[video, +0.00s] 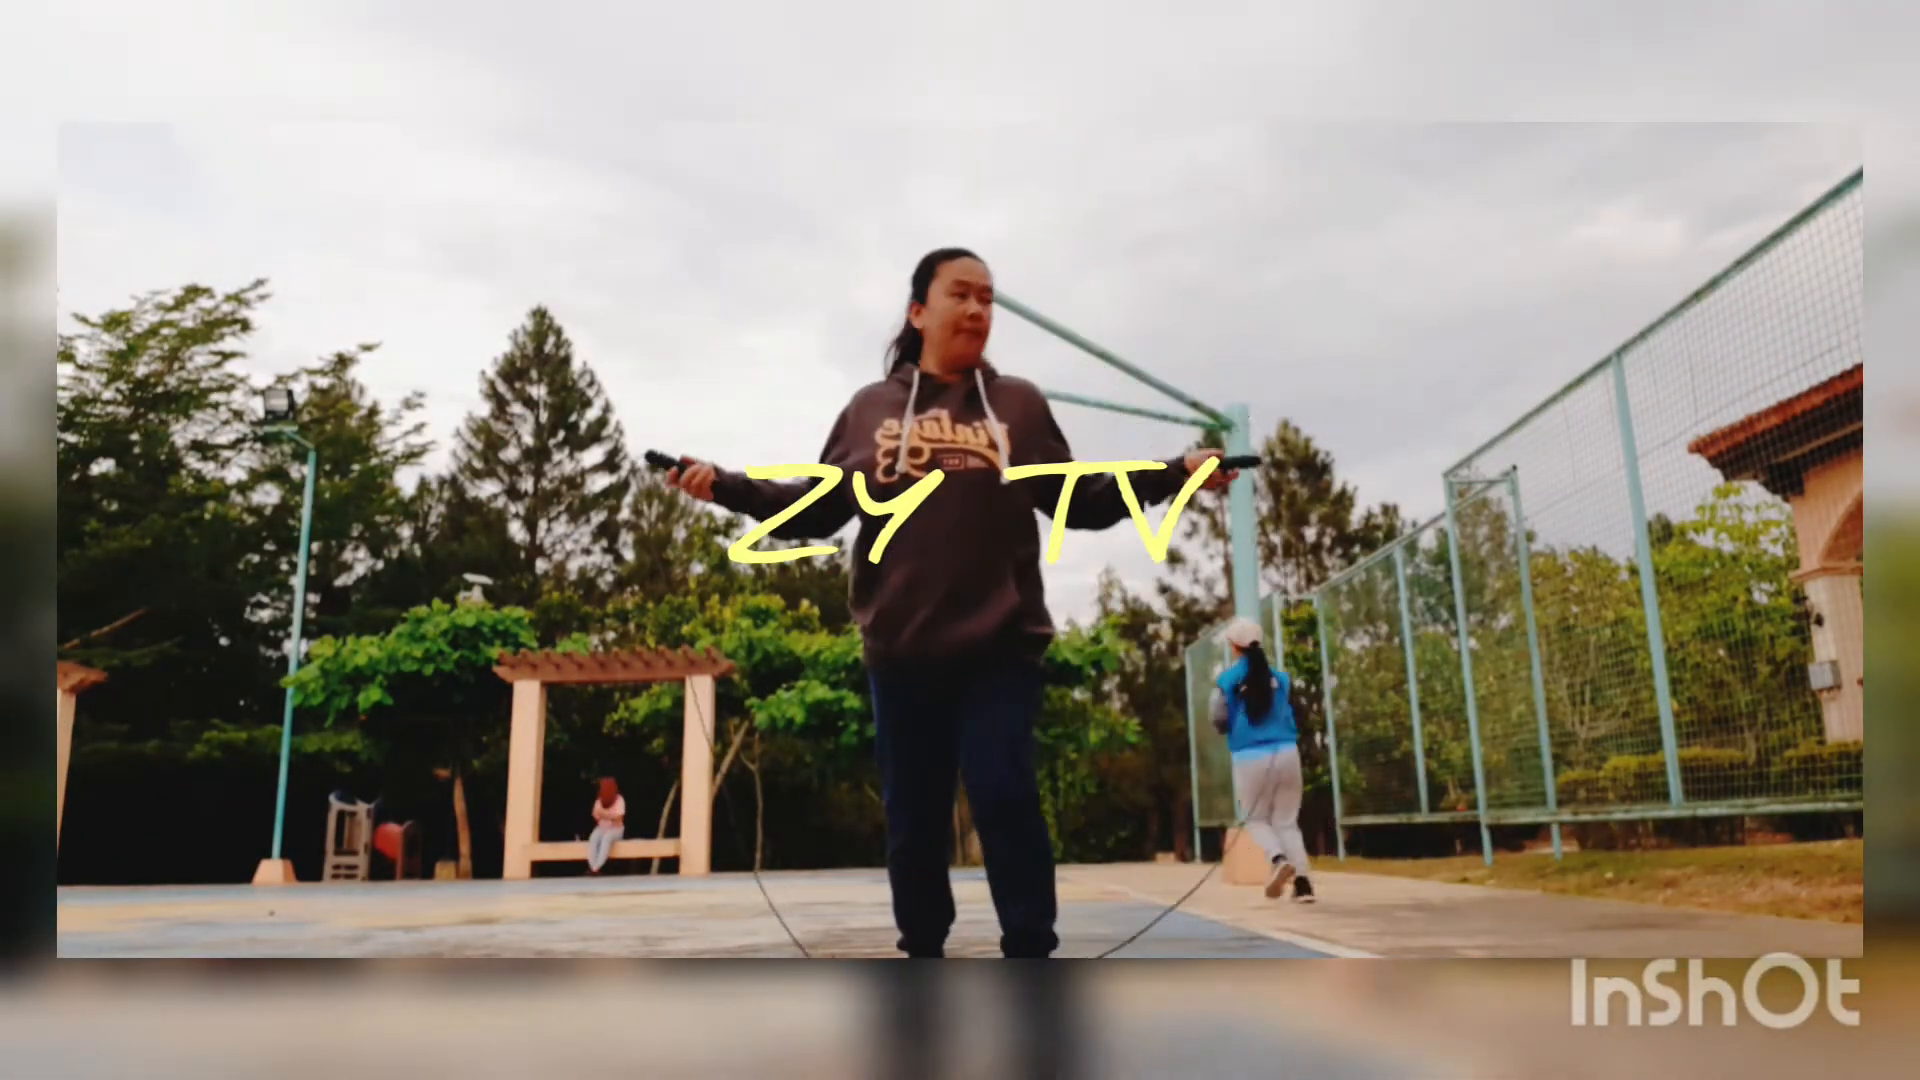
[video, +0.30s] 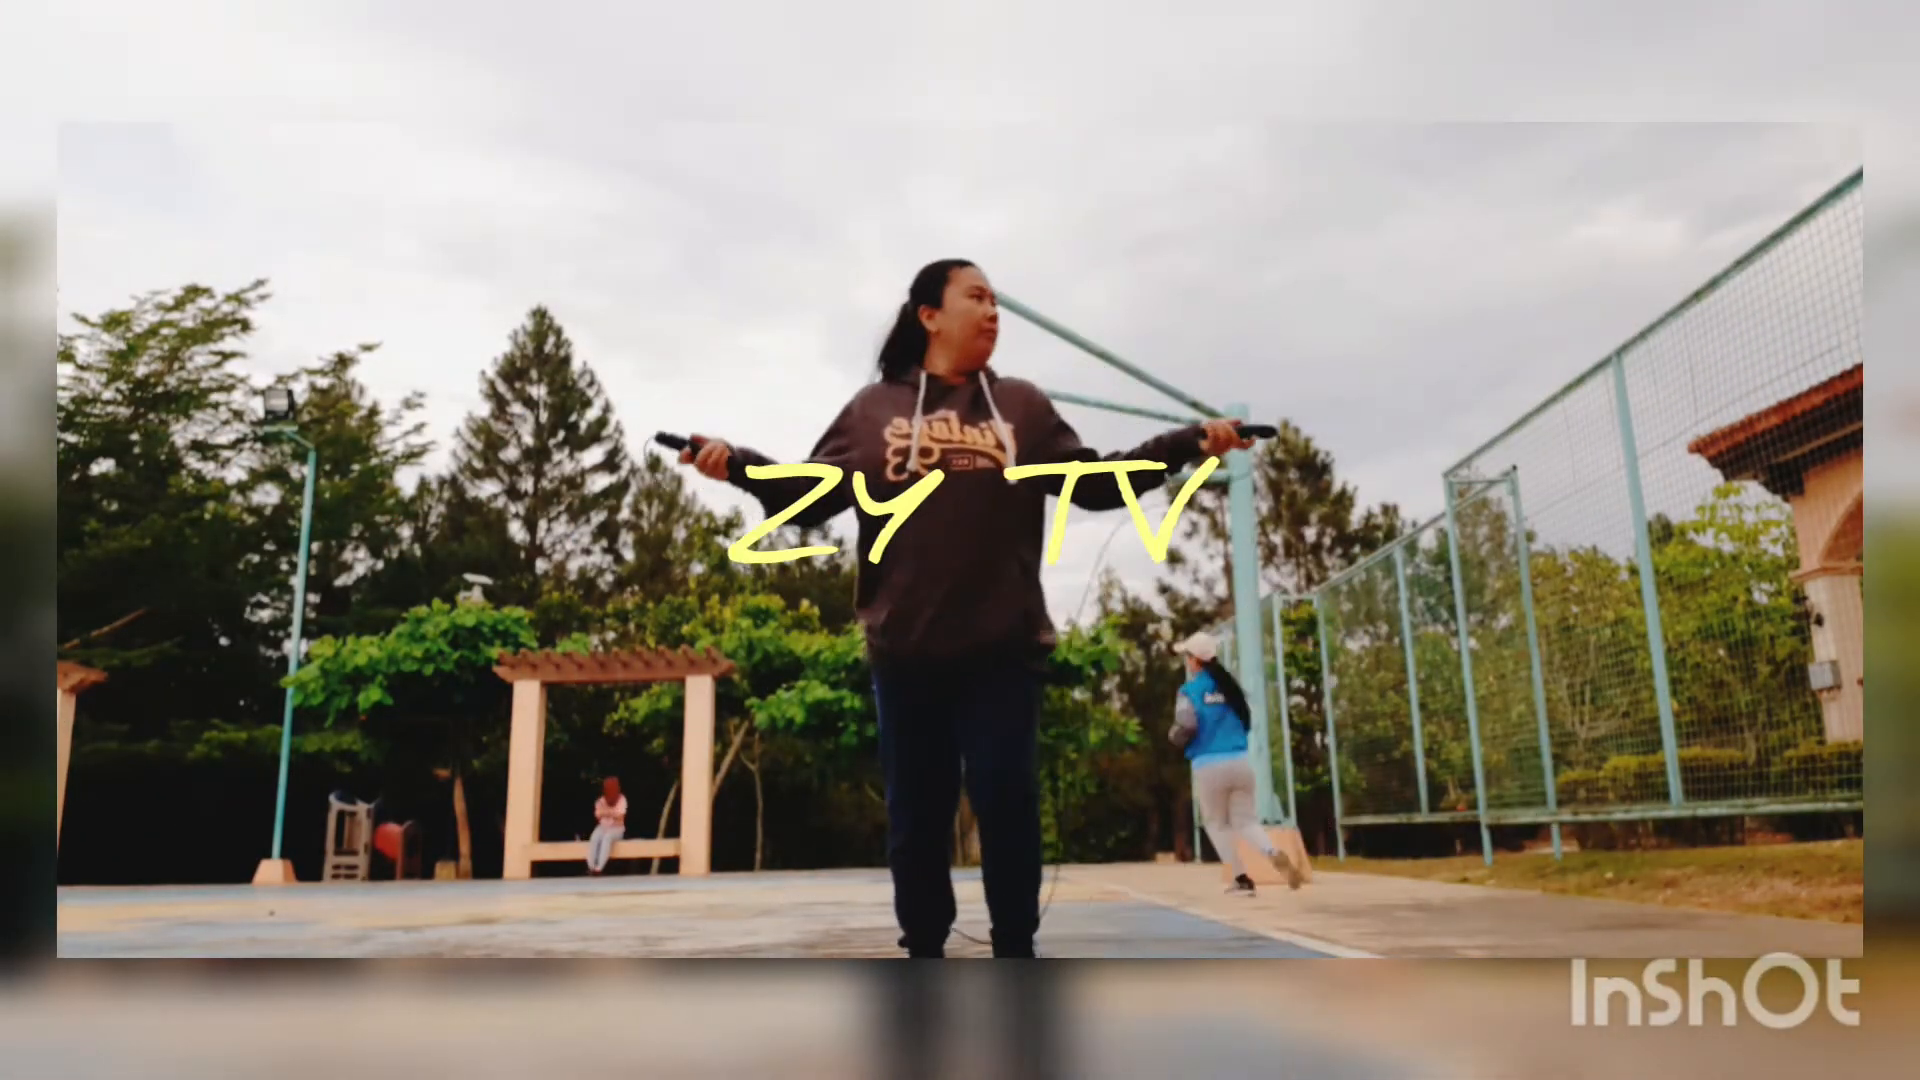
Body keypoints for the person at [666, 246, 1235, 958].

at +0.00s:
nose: (978, 310)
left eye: (987, 300)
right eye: (961, 295)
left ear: (994, 317)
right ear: (917, 312)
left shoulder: (1018, 404)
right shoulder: (869, 408)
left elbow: (1079, 499)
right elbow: (819, 508)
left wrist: (1176, 475)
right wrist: (727, 486)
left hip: (999, 640)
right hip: (903, 647)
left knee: (1004, 795)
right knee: (914, 813)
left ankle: (1031, 955)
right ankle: (922, 957)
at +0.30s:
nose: (994, 312)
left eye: (995, 301)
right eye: (976, 300)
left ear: (985, 320)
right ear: (929, 316)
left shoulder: (1022, 406)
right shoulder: (874, 408)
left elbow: (1093, 481)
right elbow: (816, 494)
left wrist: (1190, 444)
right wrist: (740, 468)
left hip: (1003, 639)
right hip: (907, 644)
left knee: (1007, 800)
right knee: (916, 808)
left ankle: (1016, 953)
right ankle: (923, 956)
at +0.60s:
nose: (999, 318)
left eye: (1005, 307)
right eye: (981, 306)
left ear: (1013, 324)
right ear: (941, 325)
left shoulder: (1046, 412)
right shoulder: (903, 410)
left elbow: (1114, 466)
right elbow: (841, 471)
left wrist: (1193, 472)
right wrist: (801, 475)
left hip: (1028, 642)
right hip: (932, 643)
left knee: (1025, 803)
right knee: (932, 801)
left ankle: (1018, 950)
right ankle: (927, 949)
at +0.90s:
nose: (988, 322)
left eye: (1001, 312)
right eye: (973, 312)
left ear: (1021, 330)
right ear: (948, 332)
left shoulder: (1058, 415)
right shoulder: (916, 409)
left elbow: (1143, 450)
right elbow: (848, 444)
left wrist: (1199, 402)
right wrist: (820, 395)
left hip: (1037, 647)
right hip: (943, 646)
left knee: (1029, 808)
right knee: (937, 804)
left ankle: (1020, 951)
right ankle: (928, 950)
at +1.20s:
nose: (979, 326)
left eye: (993, 313)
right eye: (964, 315)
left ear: (1014, 329)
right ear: (943, 331)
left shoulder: (1056, 417)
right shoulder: (910, 416)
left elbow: (1135, 463)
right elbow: (842, 464)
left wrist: (1191, 423)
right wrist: (792, 429)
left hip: (1037, 642)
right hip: (941, 642)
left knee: (1032, 800)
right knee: (941, 789)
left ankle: (1020, 949)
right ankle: (941, 936)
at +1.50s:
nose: (953, 350)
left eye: (967, 338)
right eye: (939, 337)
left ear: (990, 355)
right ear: (917, 353)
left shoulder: (1026, 445)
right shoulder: (883, 450)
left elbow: (1084, 539)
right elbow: (831, 545)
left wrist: (1164, 586)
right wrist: (772, 595)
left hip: (1020, 654)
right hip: (925, 662)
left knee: (1035, 739)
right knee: (932, 810)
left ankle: (1017, 921)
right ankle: (939, 952)